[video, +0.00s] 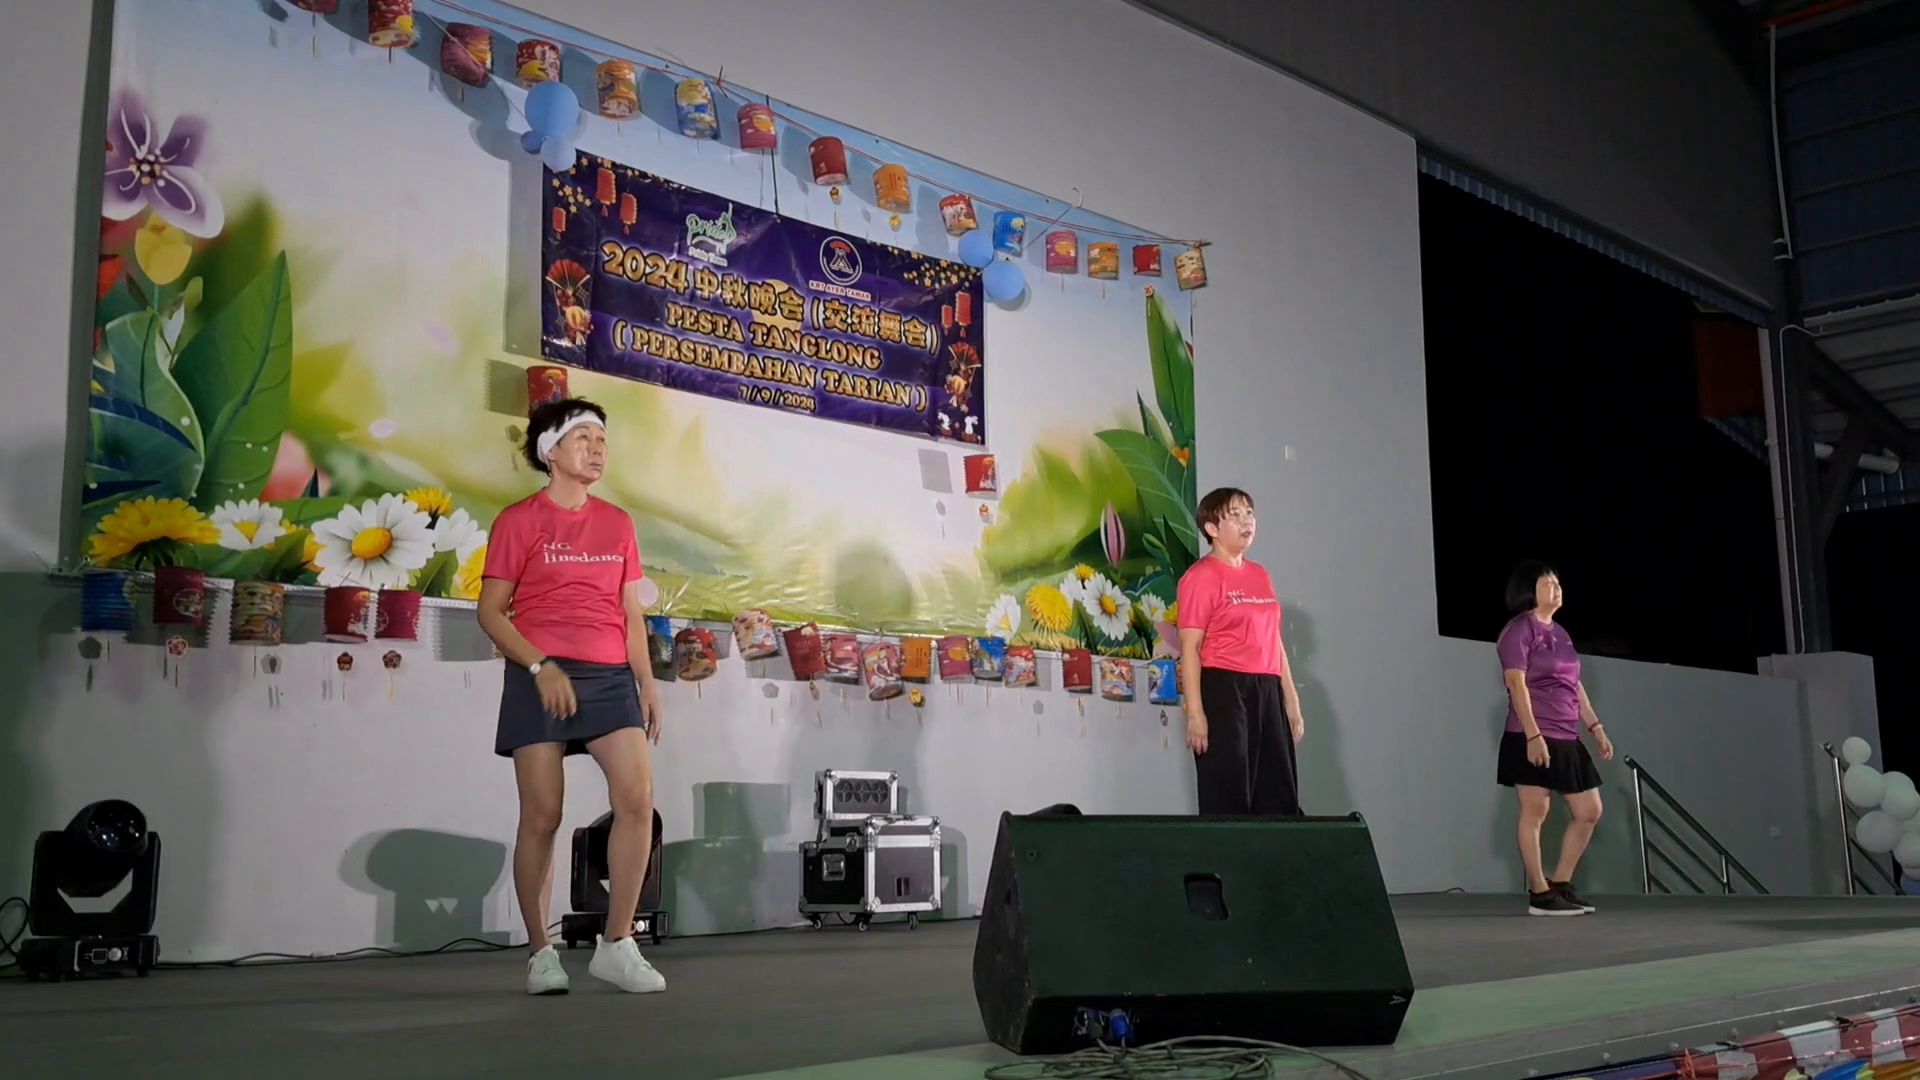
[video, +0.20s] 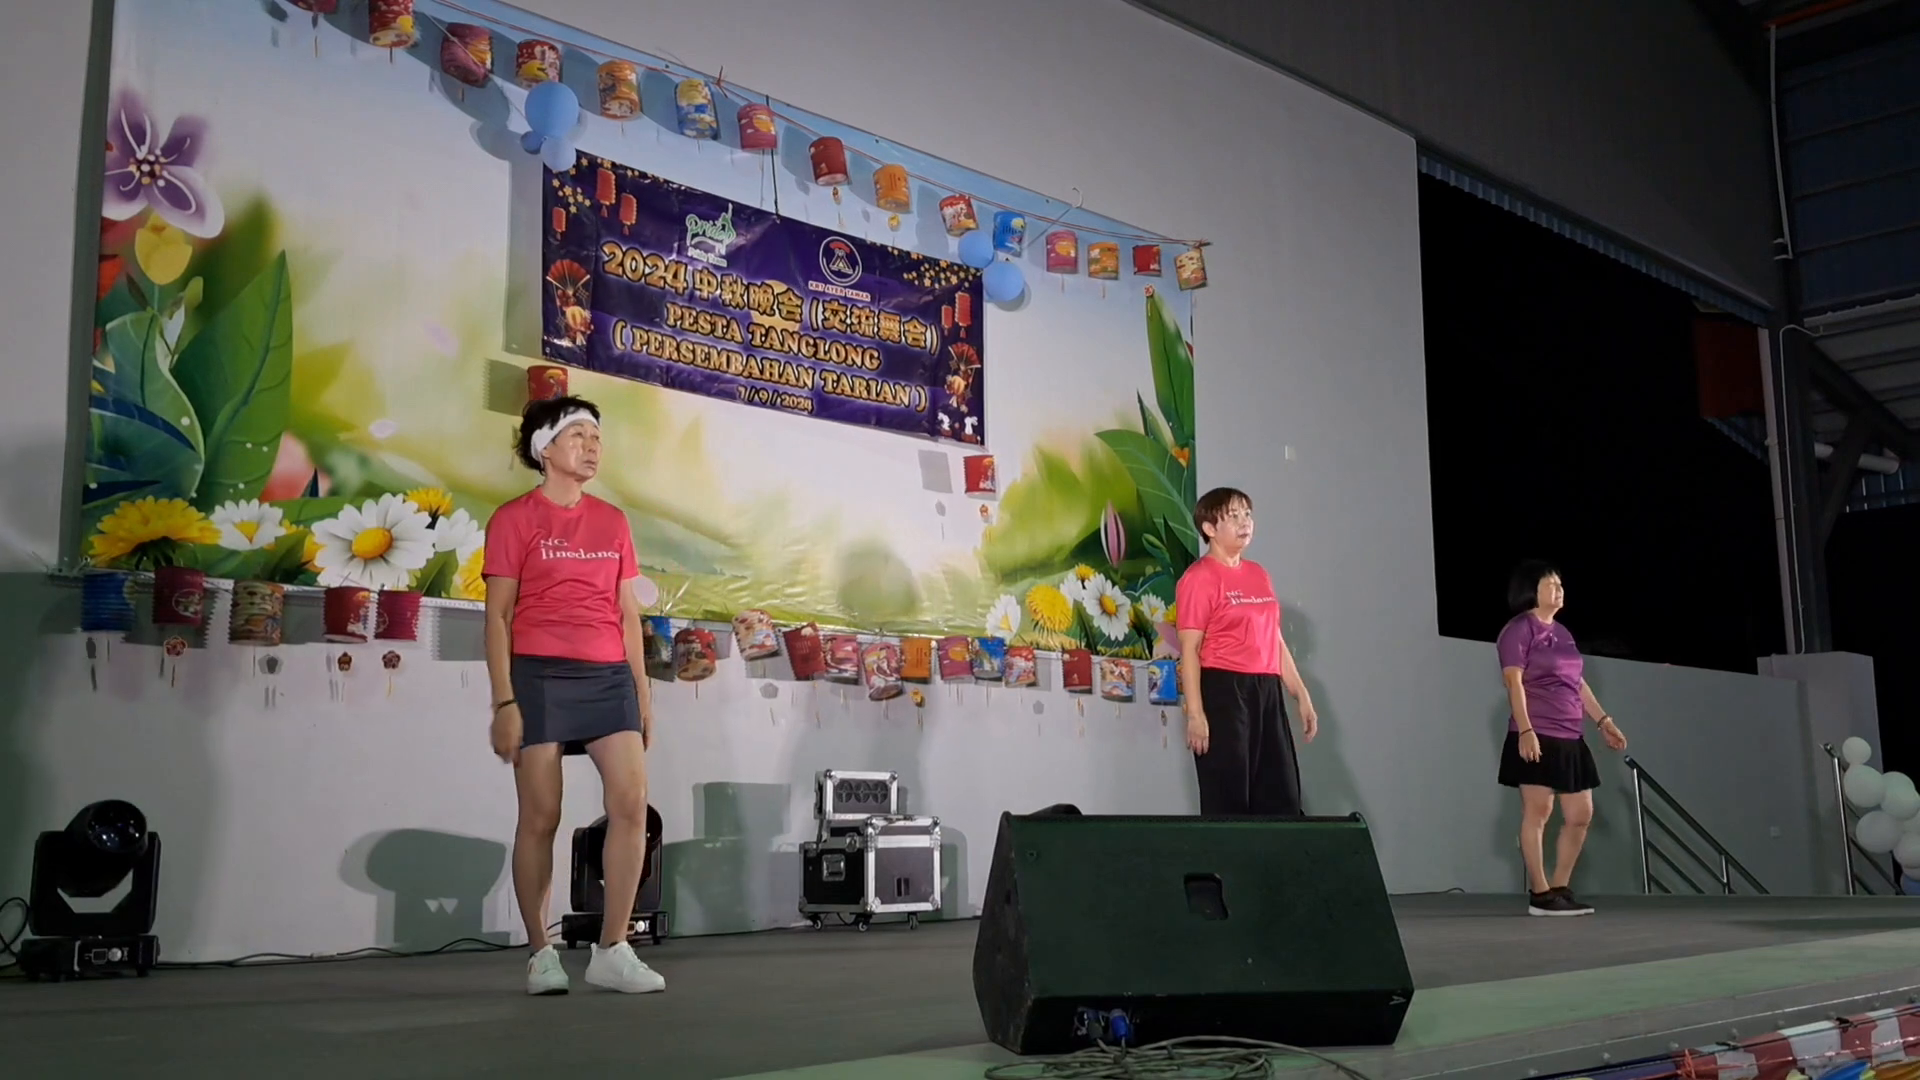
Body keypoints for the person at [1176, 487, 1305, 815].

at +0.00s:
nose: (1247, 522)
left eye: (1250, 514)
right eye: (1236, 515)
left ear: (1256, 521)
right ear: (1212, 528)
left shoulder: (1261, 576)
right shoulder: (1200, 577)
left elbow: (1275, 643)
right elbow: (1189, 648)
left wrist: (1291, 700)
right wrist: (1194, 713)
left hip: (1269, 693)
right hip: (1224, 691)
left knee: (1277, 794)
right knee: (1229, 796)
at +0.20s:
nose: (1245, 523)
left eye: (1248, 515)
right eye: (1233, 517)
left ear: (1253, 521)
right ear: (1209, 529)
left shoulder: (1259, 574)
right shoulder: (1199, 578)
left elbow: (1276, 641)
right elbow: (1189, 649)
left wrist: (1301, 694)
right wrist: (1195, 714)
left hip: (1268, 696)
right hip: (1224, 694)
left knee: (1281, 797)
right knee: (1228, 801)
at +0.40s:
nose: (1248, 524)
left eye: (1251, 517)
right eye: (1237, 517)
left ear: (1256, 523)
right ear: (1212, 527)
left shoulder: (1253, 572)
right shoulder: (1202, 578)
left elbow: (1270, 642)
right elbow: (1193, 649)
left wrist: (1297, 694)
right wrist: (1202, 713)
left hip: (1270, 695)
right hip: (1228, 694)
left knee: (1283, 798)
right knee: (1231, 803)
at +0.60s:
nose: (1252, 524)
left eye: (1255, 517)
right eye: (1242, 517)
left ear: (1260, 523)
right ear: (1216, 526)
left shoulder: (1252, 572)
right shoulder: (1208, 577)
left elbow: (1258, 639)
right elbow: (1203, 648)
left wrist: (1275, 703)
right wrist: (1218, 712)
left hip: (1271, 691)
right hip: (1233, 689)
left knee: (1283, 796)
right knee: (1233, 800)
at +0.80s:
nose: (1258, 525)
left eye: (1260, 517)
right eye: (1248, 517)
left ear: (1265, 522)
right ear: (1223, 526)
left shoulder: (1246, 571)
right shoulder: (1218, 573)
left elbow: (1256, 643)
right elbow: (1215, 645)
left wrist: (1276, 708)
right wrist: (1236, 709)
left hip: (1271, 691)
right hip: (1237, 690)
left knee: (1283, 799)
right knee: (1239, 801)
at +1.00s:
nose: (1261, 524)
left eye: (1263, 517)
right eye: (1251, 517)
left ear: (1267, 521)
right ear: (1226, 525)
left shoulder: (1244, 570)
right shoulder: (1226, 570)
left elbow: (1249, 641)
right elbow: (1226, 640)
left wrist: (1275, 704)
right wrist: (1249, 705)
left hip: (1270, 686)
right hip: (1240, 685)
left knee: (1283, 796)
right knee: (1244, 798)